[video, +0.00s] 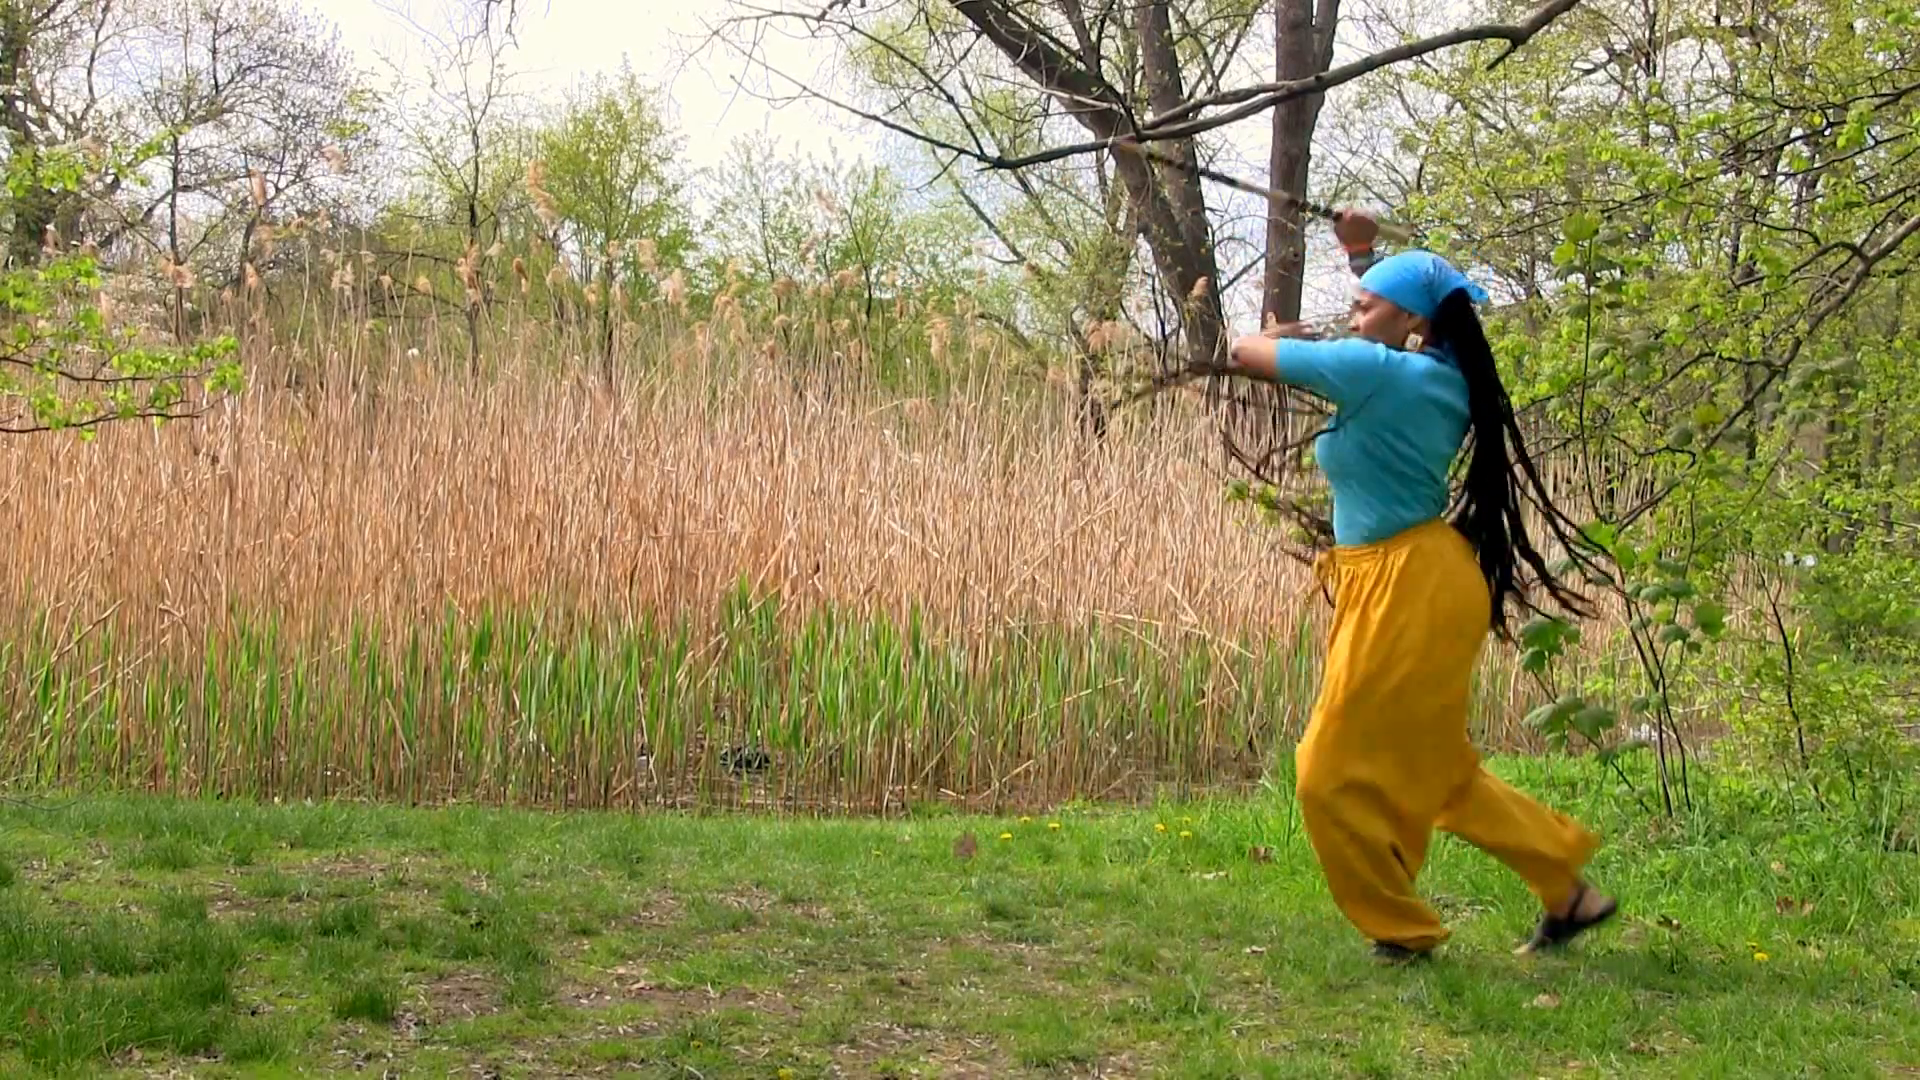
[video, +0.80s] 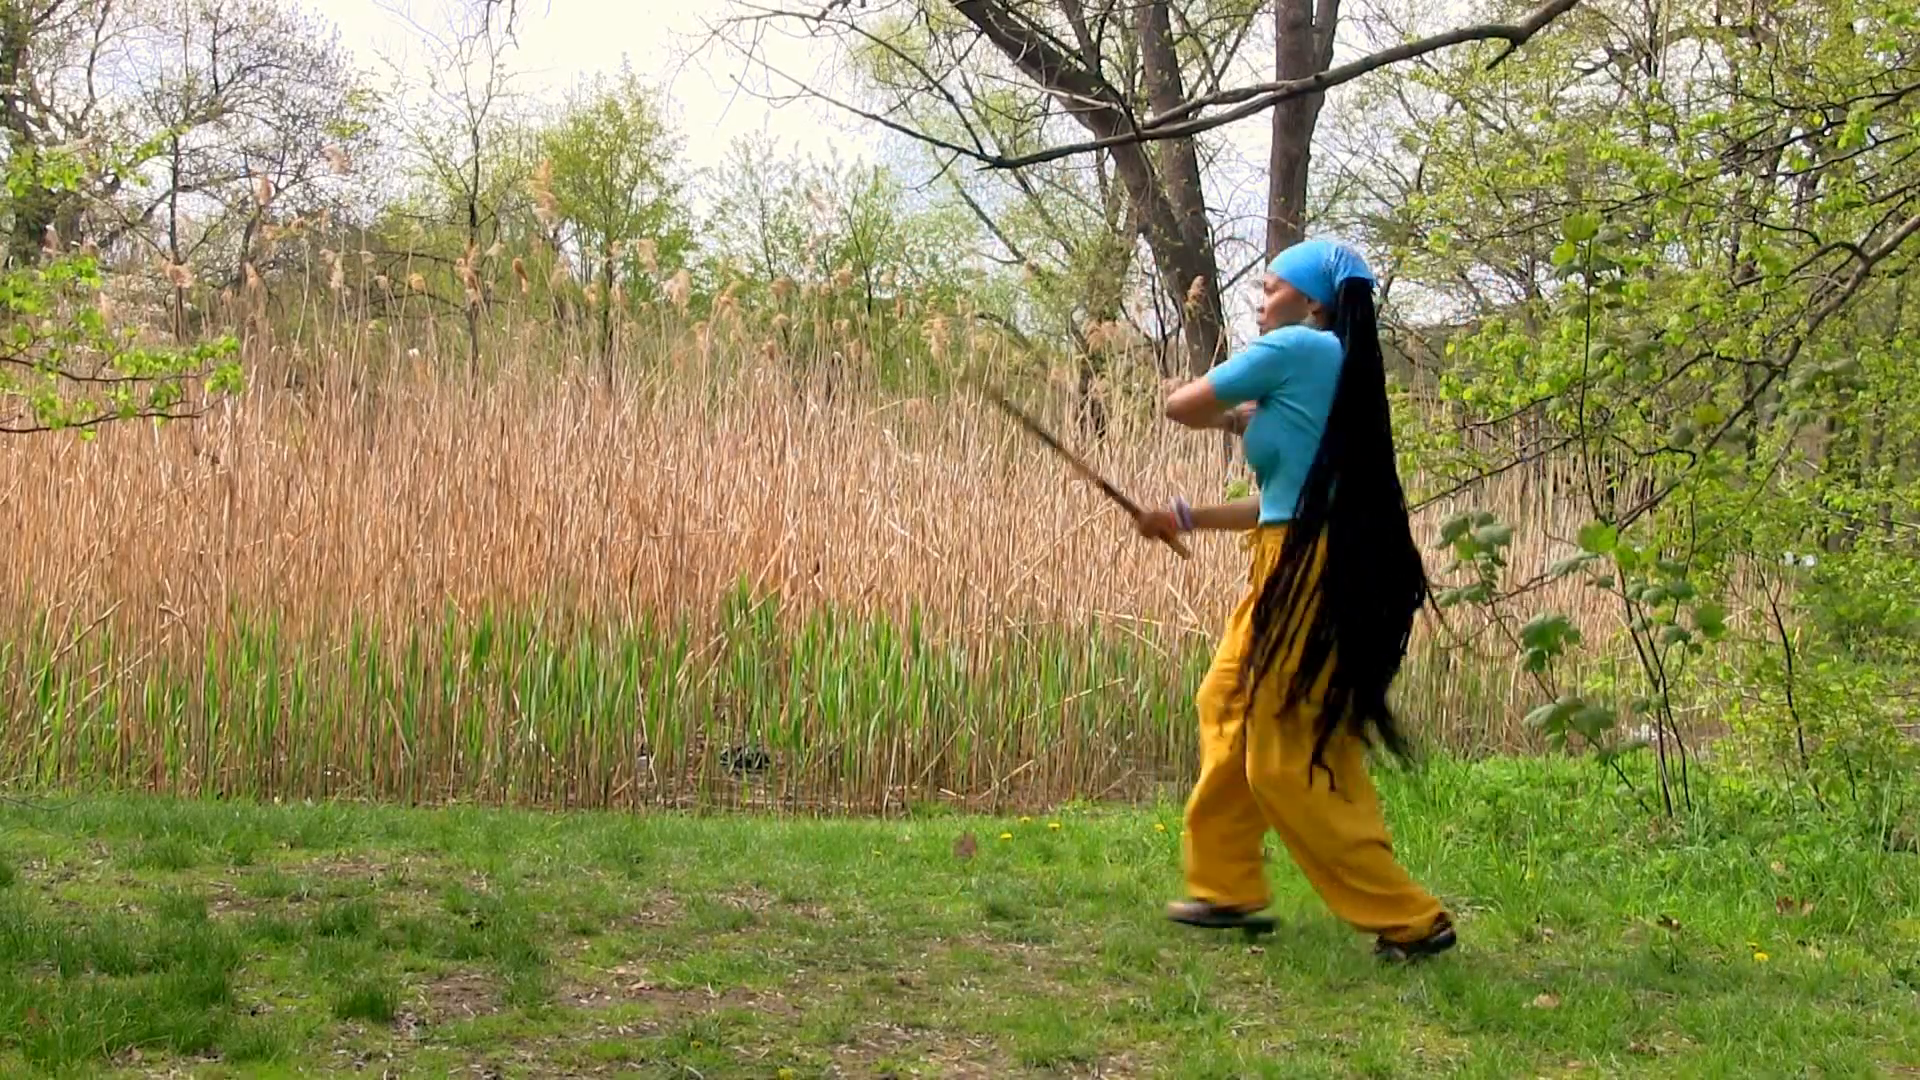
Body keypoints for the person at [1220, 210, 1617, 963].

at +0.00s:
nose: (1358, 308)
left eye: (1373, 301)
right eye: (1360, 298)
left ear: (1413, 318)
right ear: (1424, 323)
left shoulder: (1371, 369)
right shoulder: (1450, 384)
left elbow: (1247, 353)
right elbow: (1407, 328)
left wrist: (1280, 331)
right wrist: (1362, 254)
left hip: (1401, 582)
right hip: (1439, 570)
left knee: (1326, 771)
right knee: (1433, 767)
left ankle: (1403, 934)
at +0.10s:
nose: (1335, 328)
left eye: (1347, 320)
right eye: (1337, 318)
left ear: (1389, 340)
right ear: (1397, 343)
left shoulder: (1345, 396)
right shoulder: (1436, 396)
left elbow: (1238, 378)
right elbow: (1405, 351)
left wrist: (1173, 342)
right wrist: (1349, 294)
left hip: (1408, 596)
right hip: (1473, 584)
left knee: (1311, 771)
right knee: (1497, 761)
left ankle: (1411, 931)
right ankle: (1588, 919)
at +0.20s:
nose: (1310, 319)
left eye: (1323, 307)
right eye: (1313, 305)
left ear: (1367, 321)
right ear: (1378, 324)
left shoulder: (1330, 382)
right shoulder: (1419, 379)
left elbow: (1219, 411)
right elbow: (1328, 392)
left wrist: (1173, 402)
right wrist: (1304, 336)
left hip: (1398, 577)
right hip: (1468, 569)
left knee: (1318, 768)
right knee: (1455, 755)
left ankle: (1412, 928)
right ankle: (1543, 873)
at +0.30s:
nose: (1296, 312)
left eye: (1309, 300)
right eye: (1299, 298)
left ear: (1353, 314)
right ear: (1357, 315)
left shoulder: (1330, 378)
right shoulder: (1392, 369)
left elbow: (1219, 439)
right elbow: (1286, 455)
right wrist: (1234, 353)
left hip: (1383, 567)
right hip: (1444, 559)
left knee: (1319, 764)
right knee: (1382, 728)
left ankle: (1414, 930)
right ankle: (1436, 851)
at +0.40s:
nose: (1279, 304)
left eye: (1294, 293)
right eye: (1283, 290)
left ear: (1340, 309)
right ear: (1334, 312)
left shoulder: (1334, 372)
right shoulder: (1338, 366)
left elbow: (1214, 418)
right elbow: (1224, 398)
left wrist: (1248, 369)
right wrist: (1148, 371)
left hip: (1373, 567)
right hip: (1341, 567)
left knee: (1326, 755)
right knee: (1257, 700)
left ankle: (1416, 928)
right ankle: (1288, 877)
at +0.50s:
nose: (1266, 321)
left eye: (1281, 310)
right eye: (1271, 308)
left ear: (1325, 330)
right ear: (1311, 328)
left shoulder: (1340, 382)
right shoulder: (1287, 396)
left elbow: (1205, 373)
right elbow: (1227, 461)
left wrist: (1196, 317)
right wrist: (1147, 465)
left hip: (1345, 588)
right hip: (1286, 588)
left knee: (1296, 773)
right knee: (1212, 735)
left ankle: (1412, 932)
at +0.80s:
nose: (1262, 298)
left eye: (1274, 289)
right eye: (1266, 288)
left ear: (1310, 301)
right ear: (1320, 306)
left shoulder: (1297, 347)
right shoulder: (1323, 367)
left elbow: (1182, 404)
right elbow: (1285, 501)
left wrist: (1239, 410)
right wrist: (1187, 517)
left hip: (1312, 561)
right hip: (1290, 560)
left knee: (1281, 750)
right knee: (1225, 705)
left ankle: (1409, 920)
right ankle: (1231, 890)